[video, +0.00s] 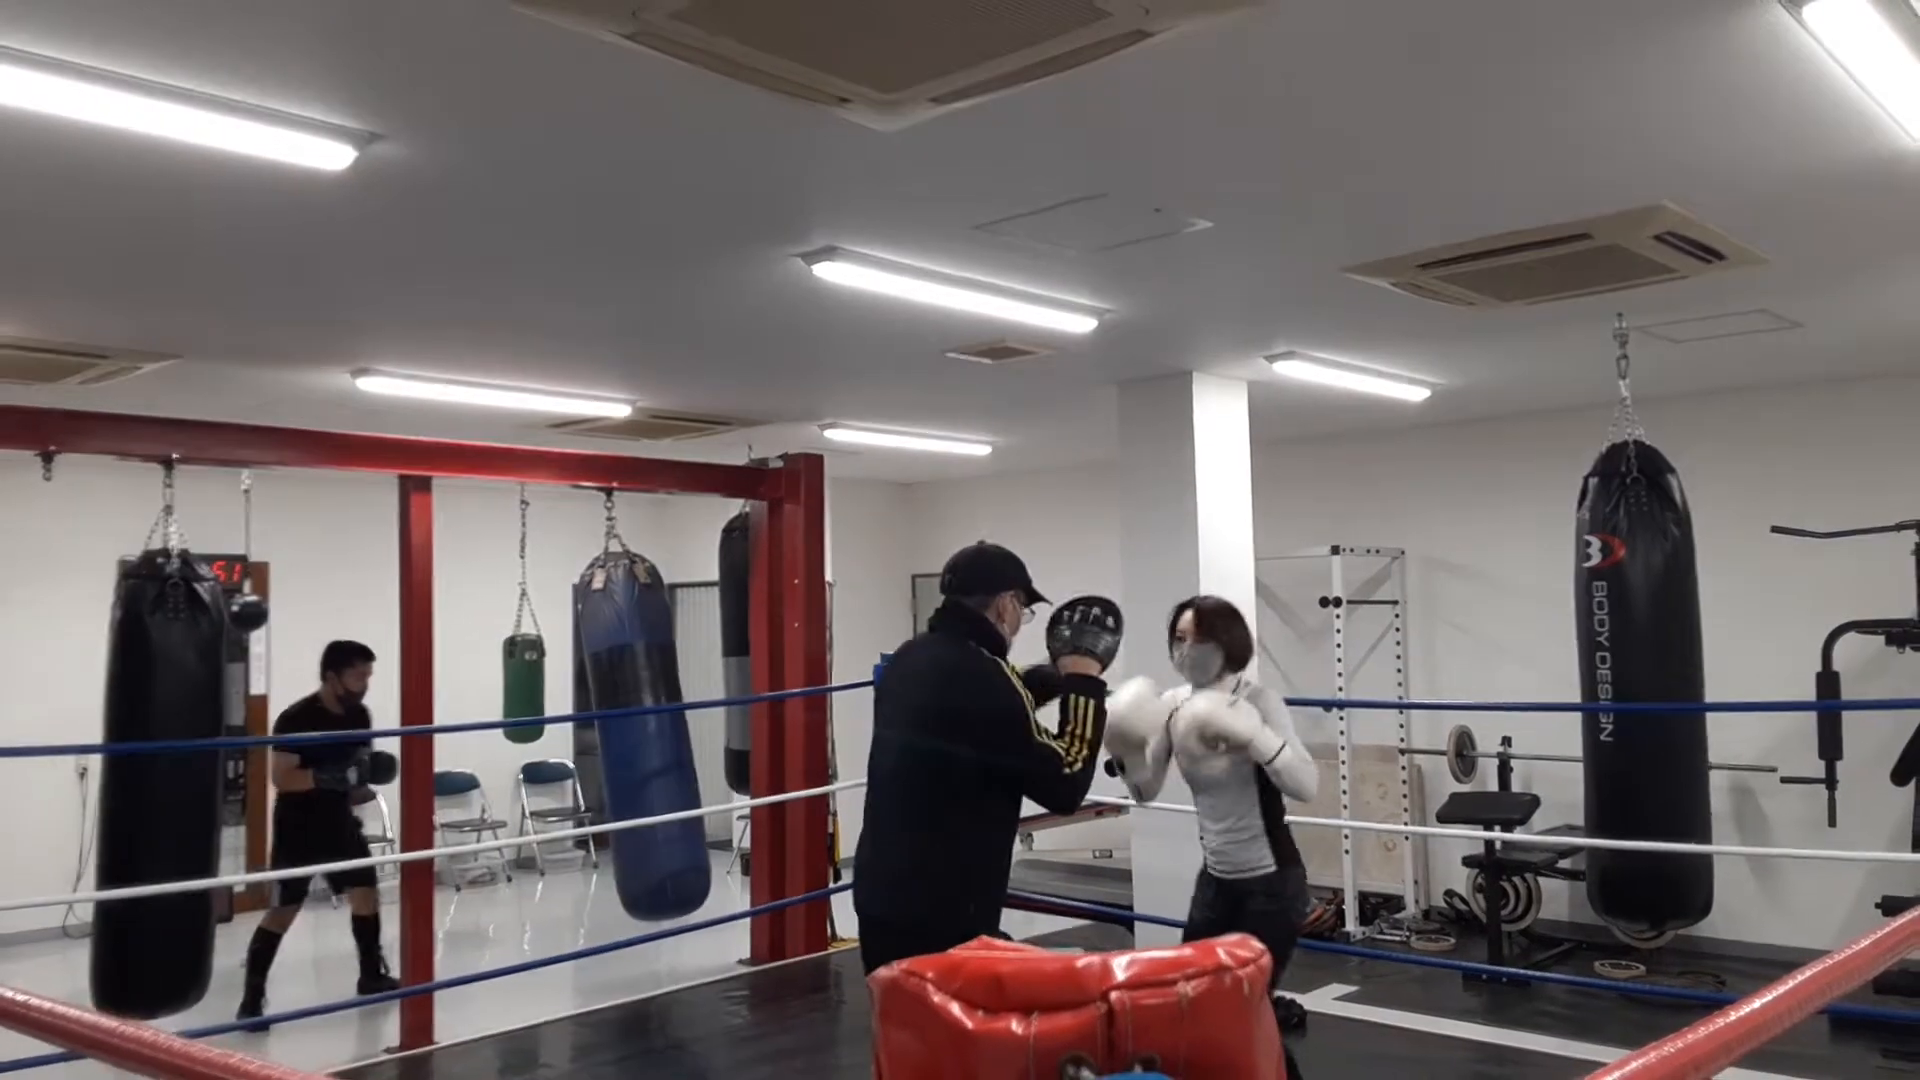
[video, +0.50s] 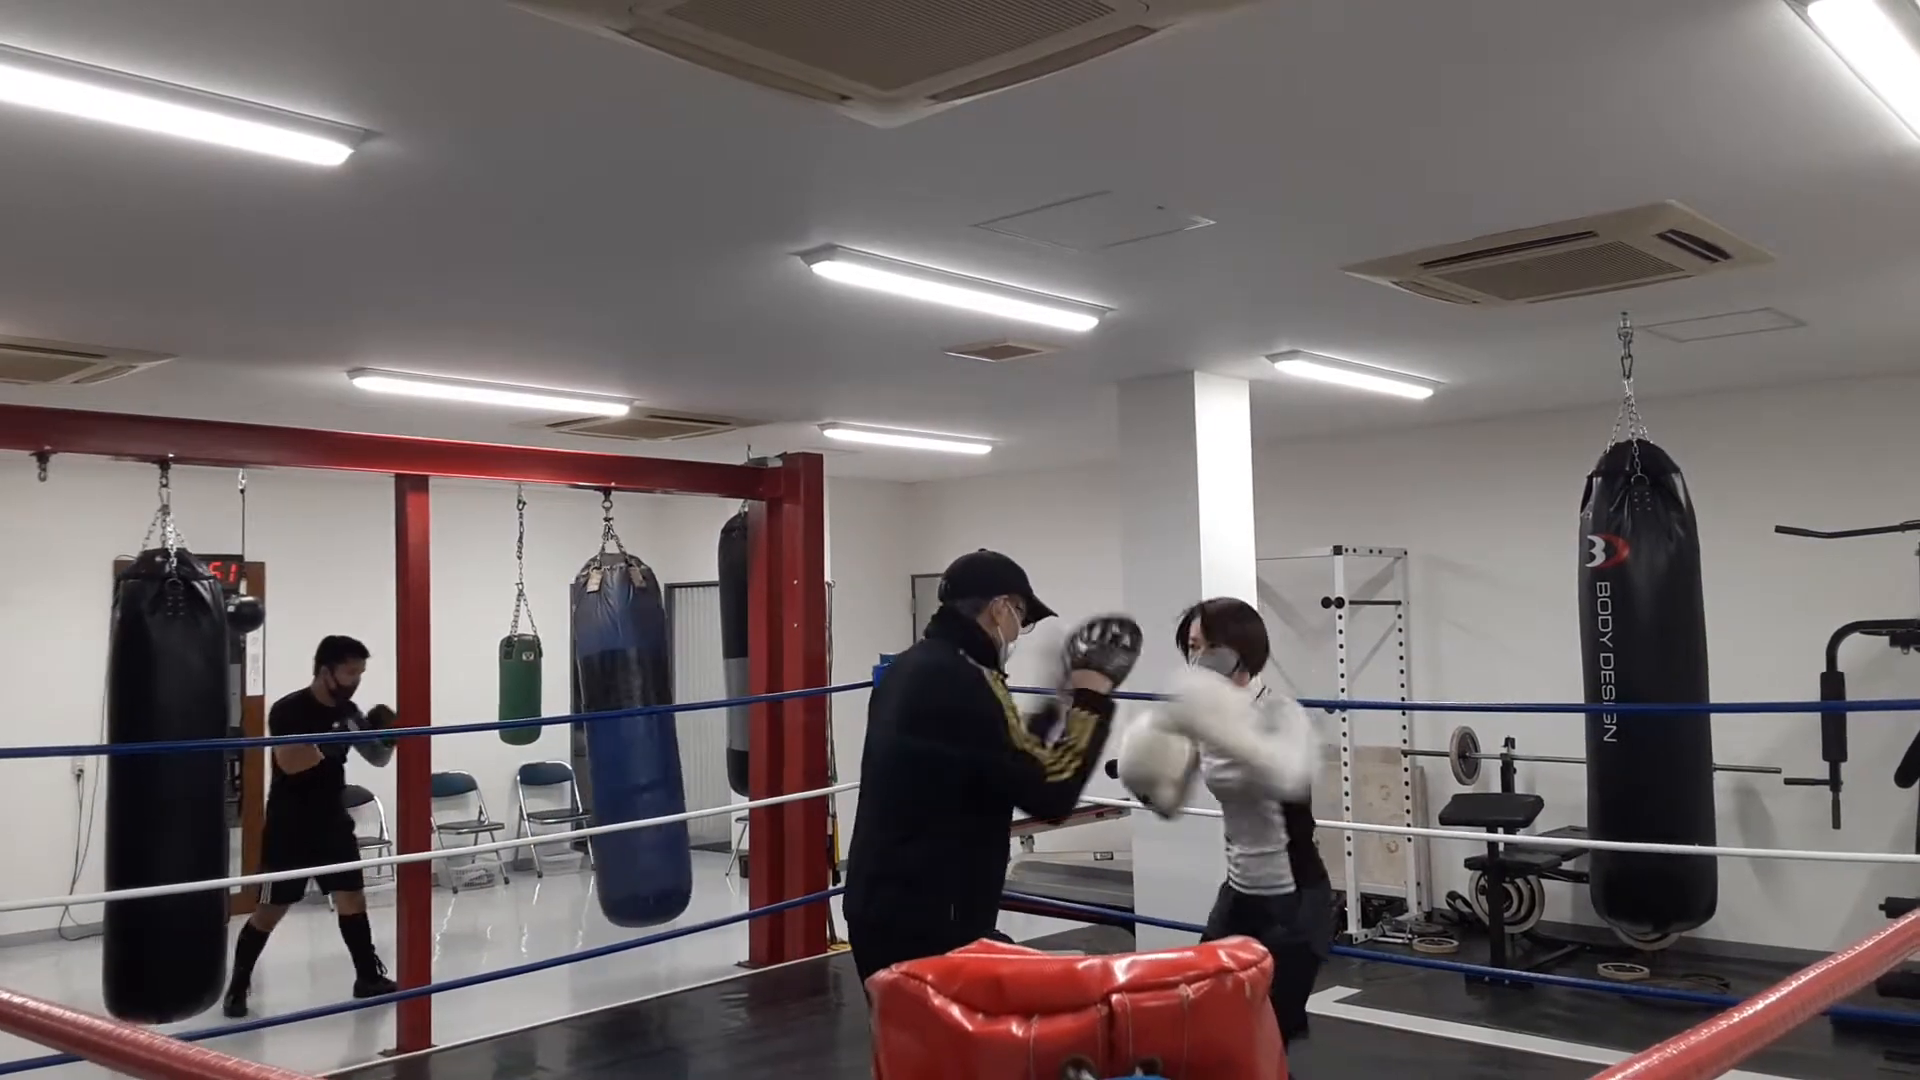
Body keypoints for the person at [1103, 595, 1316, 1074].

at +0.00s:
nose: (1183, 650)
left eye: (1195, 640)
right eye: (1178, 639)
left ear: (1225, 645)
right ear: (1171, 644)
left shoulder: (1258, 700)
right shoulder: (1177, 708)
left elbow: (1307, 787)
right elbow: (1145, 790)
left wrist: (1251, 732)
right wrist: (1123, 744)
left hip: (1271, 883)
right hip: (1215, 879)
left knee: (1246, 1003)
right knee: (1190, 995)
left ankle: (1279, 1071)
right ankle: (1195, 1074)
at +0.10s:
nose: (1176, 657)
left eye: (1187, 647)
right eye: (1174, 646)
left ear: (1221, 657)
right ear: (1170, 651)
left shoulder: (1250, 713)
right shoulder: (1186, 724)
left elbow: (1285, 767)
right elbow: (1166, 800)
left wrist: (1211, 710)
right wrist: (1141, 762)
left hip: (1278, 897)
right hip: (1225, 893)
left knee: (1268, 1016)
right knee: (1192, 995)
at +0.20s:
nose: (1191, 654)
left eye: (1201, 643)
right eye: (1186, 643)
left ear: (1232, 647)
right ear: (1182, 647)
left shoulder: (1266, 707)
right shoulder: (1192, 712)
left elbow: (1278, 780)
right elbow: (1166, 792)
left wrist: (1203, 740)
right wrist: (1151, 748)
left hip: (1278, 895)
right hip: (1220, 890)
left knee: (1266, 1025)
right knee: (1201, 1010)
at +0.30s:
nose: (1198, 645)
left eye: (1209, 635)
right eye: (1194, 635)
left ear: (1245, 639)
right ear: (1188, 640)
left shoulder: (1285, 705)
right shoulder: (1184, 705)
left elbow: (1333, 791)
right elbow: (1120, 764)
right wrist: (1132, 696)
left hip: (1287, 889)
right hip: (1221, 889)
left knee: (1282, 1034)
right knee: (1215, 1023)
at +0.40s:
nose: (1200, 648)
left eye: (1212, 637)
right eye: (1194, 639)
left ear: (1244, 640)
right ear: (1188, 644)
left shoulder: (1288, 703)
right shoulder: (1189, 709)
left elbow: (1343, 785)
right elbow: (1138, 760)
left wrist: (1289, 768)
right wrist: (1143, 712)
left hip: (1293, 888)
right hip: (1229, 888)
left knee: (1280, 1032)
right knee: (1214, 1015)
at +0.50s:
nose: (1192, 660)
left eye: (1202, 647)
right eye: (1189, 649)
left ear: (1238, 654)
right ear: (1187, 652)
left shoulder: (1281, 713)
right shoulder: (1202, 718)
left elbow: (1292, 779)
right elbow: (1170, 802)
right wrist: (1146, 767)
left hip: (1293, 901)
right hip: (1239, 892)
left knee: (1270, 1031)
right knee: (1201, 1002)